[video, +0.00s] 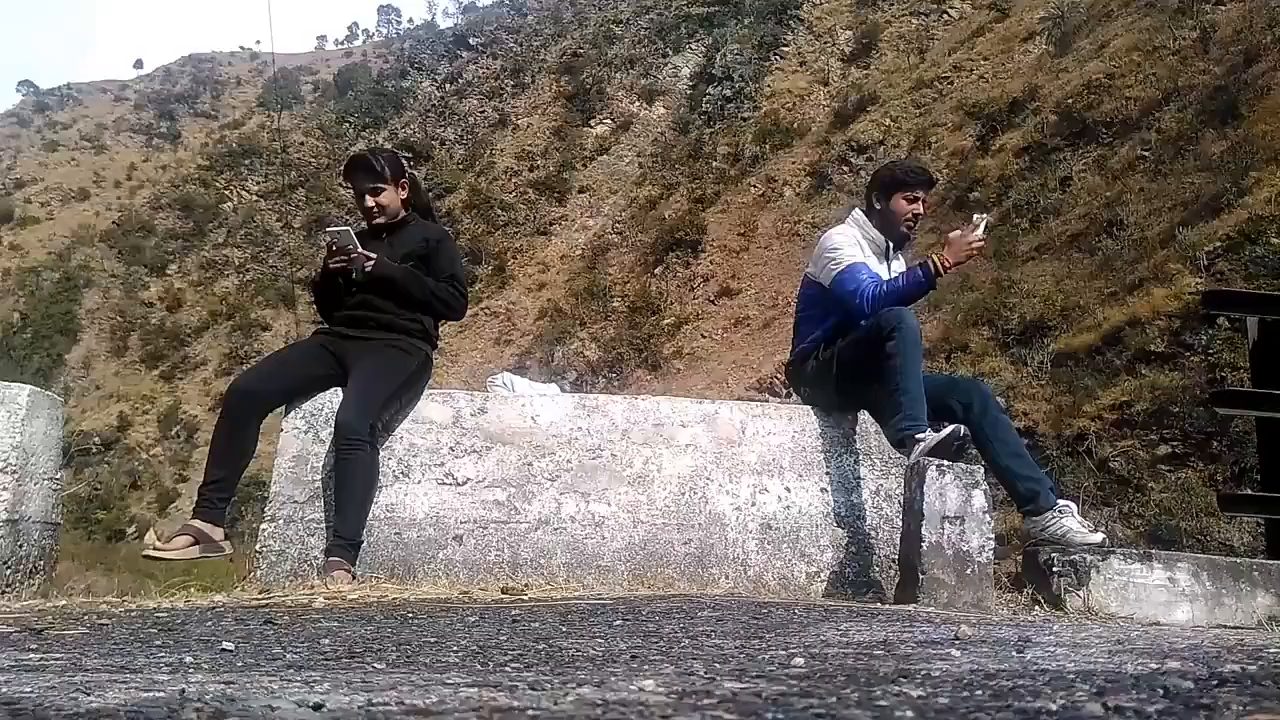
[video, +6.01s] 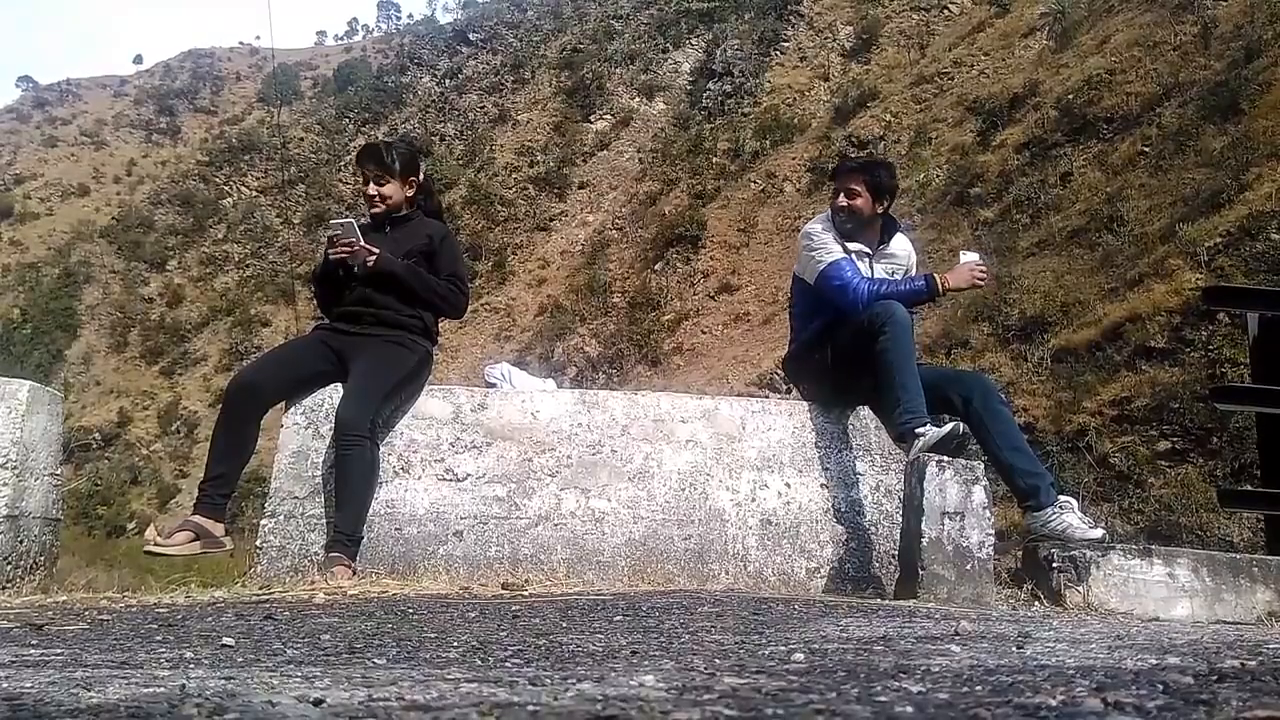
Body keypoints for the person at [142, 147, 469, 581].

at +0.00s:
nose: (369, 202)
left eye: (377, 191)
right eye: (361, 194)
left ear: (403, 187)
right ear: (356, 195)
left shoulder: (432, 236)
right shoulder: (353, 236)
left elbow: (455, 303)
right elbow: (329, 309)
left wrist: (383, 268)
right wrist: (331, 271)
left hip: (396, 348)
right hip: (336, 341)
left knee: (353, 427)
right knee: (245, 393)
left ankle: (340, 564)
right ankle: (208, 527)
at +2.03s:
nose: (371, 203)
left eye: (380, 192)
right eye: (364, 194)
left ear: (407, 188)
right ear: (359, 195)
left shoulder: (433, 238)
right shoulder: (356, 236)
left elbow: (456, 304)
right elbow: (330, 309)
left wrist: (385, 270)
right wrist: (333, 272)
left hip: (397, 350)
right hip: (337, 342)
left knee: (354, 428)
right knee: (247, 393)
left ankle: (340, 565)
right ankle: (208, 526)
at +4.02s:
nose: (393, 178)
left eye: (401, 171)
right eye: (382, 171)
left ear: (413, 180)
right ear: (366, 181)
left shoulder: (432, 232)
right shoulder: (352, 234)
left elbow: (456, 302)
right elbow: (326, 305)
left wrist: (387, 266)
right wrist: (331, 270)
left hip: (397, 346)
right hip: (337, 338)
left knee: (354, 424)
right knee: (246, 391)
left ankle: (340, 560)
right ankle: (208, 523)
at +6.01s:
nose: (372, 190)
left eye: (383, 181)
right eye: (367, 180)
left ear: (412, 183)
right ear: (362, 182)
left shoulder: (433, 233)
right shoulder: (354, 228)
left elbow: (455, 301)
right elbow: (328, 301)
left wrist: (386, 263)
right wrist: (334, 262)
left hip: (397, 345)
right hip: (335, 336)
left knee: (353, 424)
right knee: (247, 388)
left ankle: (341, 561)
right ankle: (208, 521)